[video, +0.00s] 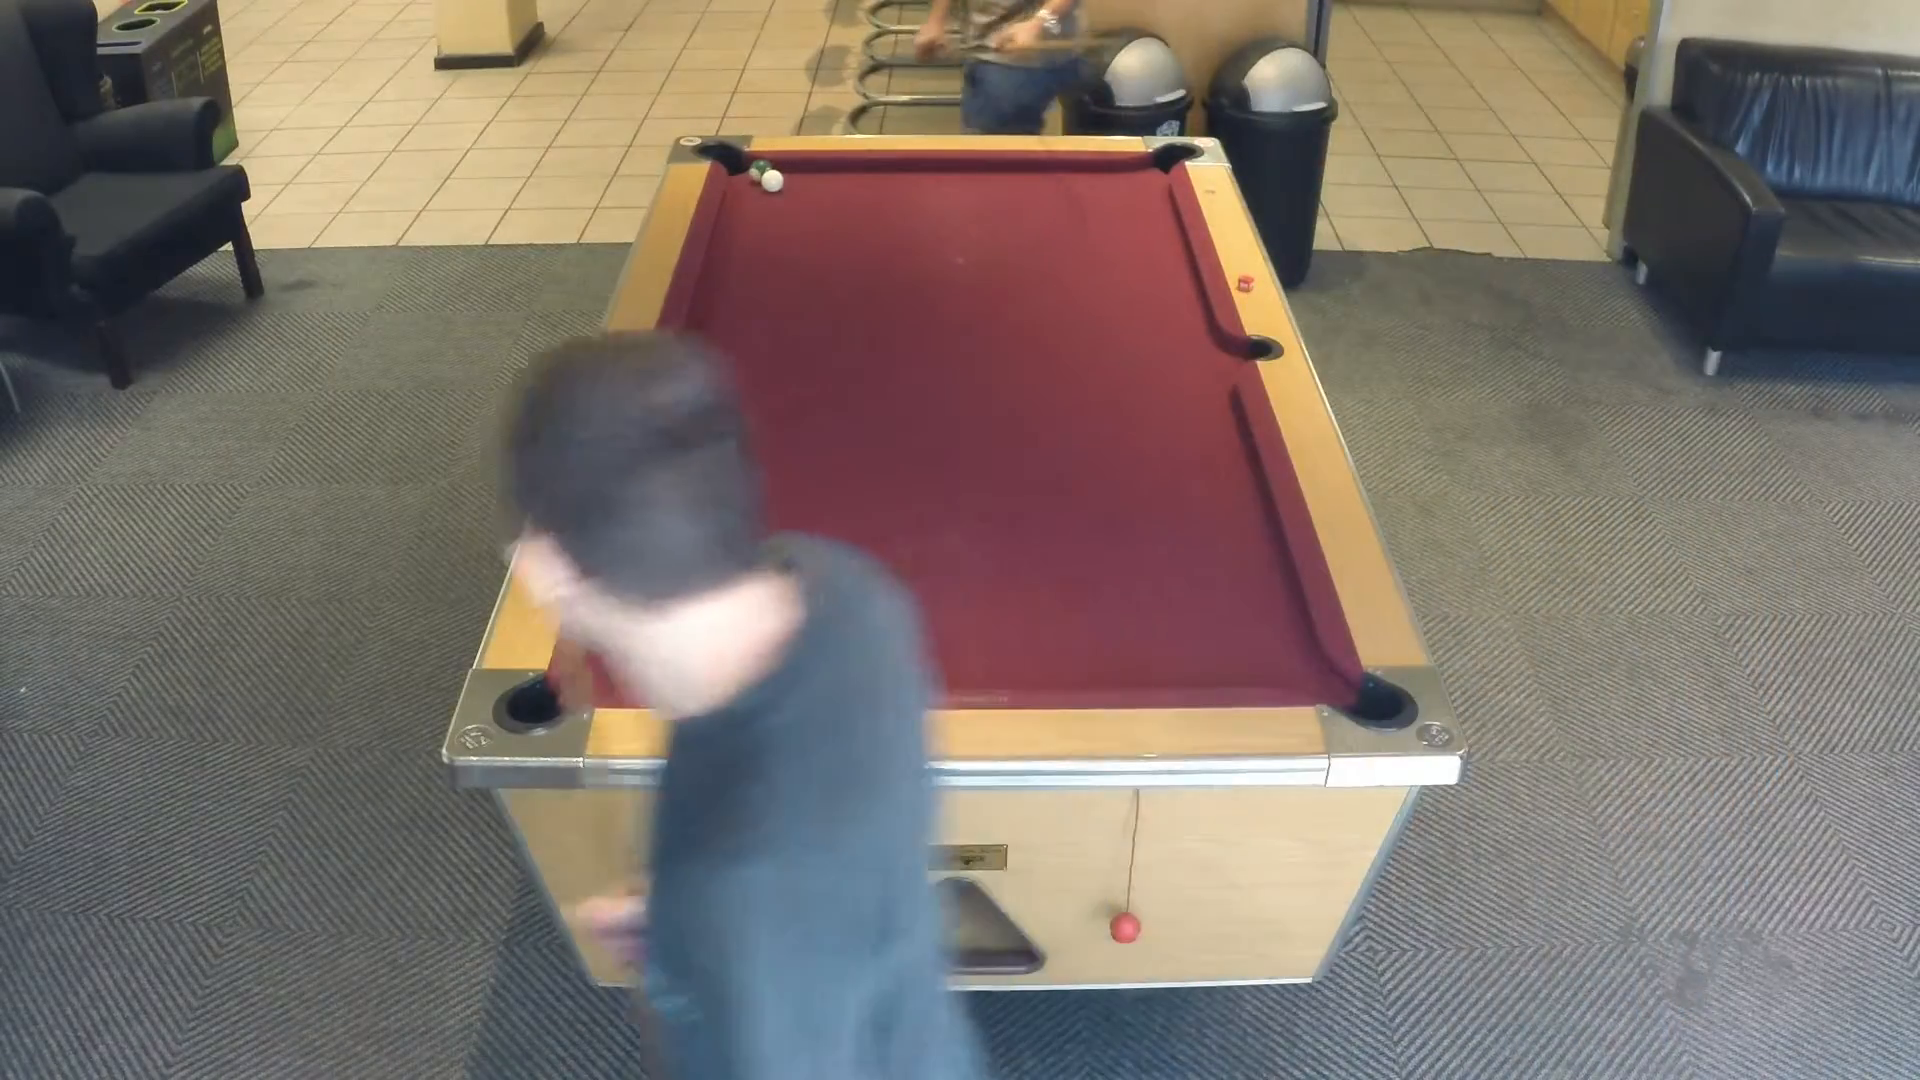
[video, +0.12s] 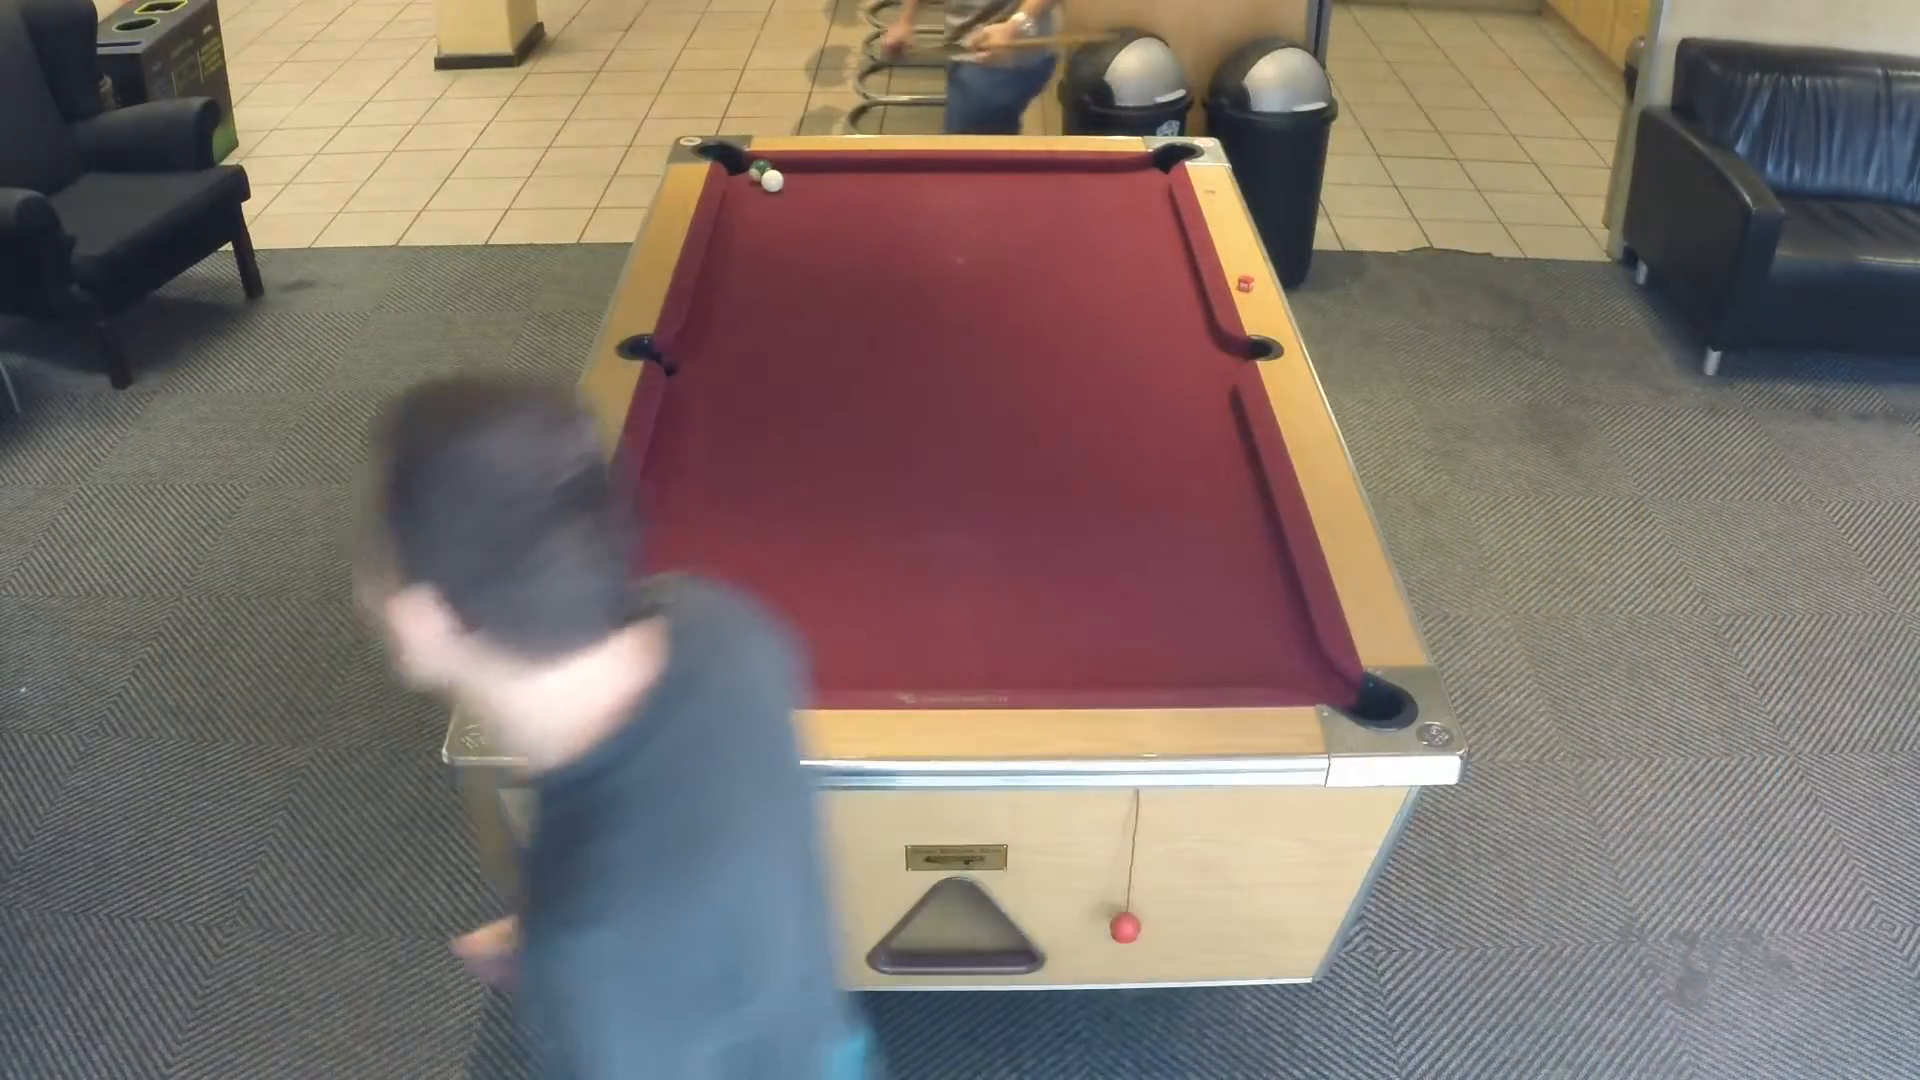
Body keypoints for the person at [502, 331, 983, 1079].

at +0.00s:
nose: (524, 564)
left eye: (529, 533)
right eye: (529, 530)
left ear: (561, 571)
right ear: (722, 492)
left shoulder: (748, 885)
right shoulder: (839, 587)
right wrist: (680, 920)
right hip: (933, 1044)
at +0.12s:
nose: (366, 588)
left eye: (379, 563)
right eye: (376, 559)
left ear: (439, 616)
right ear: (585, 535)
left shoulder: (600, 951)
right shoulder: (719, 627)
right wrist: (550, 930)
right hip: (831, 1042)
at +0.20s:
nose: (265, 609)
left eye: (278, 591)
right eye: (275, 585)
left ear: (343, 662)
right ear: (495, 576)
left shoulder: (507, 981)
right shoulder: (627, 649)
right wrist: (456, 951)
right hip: (750, 1050)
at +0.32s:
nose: (114, 615)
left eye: (124, 605)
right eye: (124, 599)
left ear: (189, 687)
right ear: (367, 579)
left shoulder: (337, 1009)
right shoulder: (490, 669)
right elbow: (619, 841)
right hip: (621, 1052)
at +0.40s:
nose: (37, 614)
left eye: (48, 601)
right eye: (48, 595)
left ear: (108, 687)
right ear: (295, 582)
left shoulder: (245, 1009)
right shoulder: (422, 672)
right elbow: (557, 850)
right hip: (557, 1052)